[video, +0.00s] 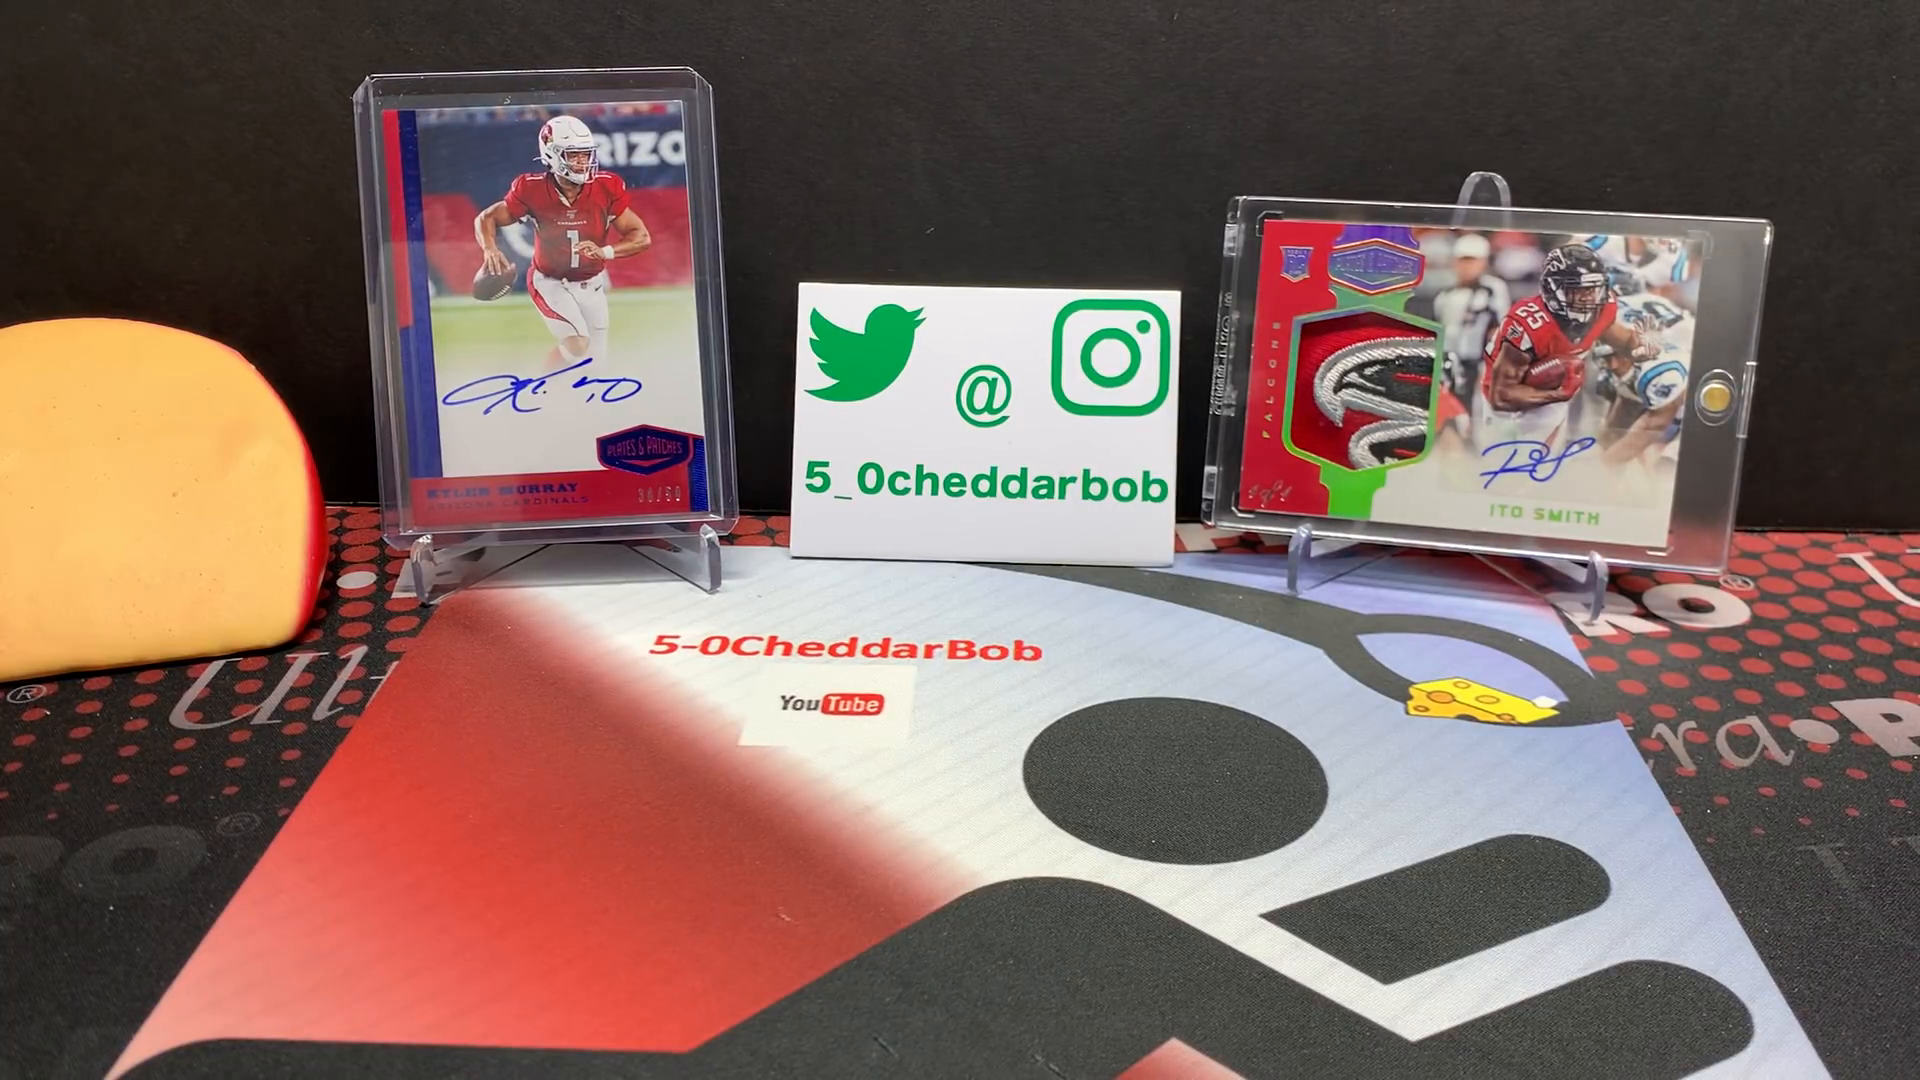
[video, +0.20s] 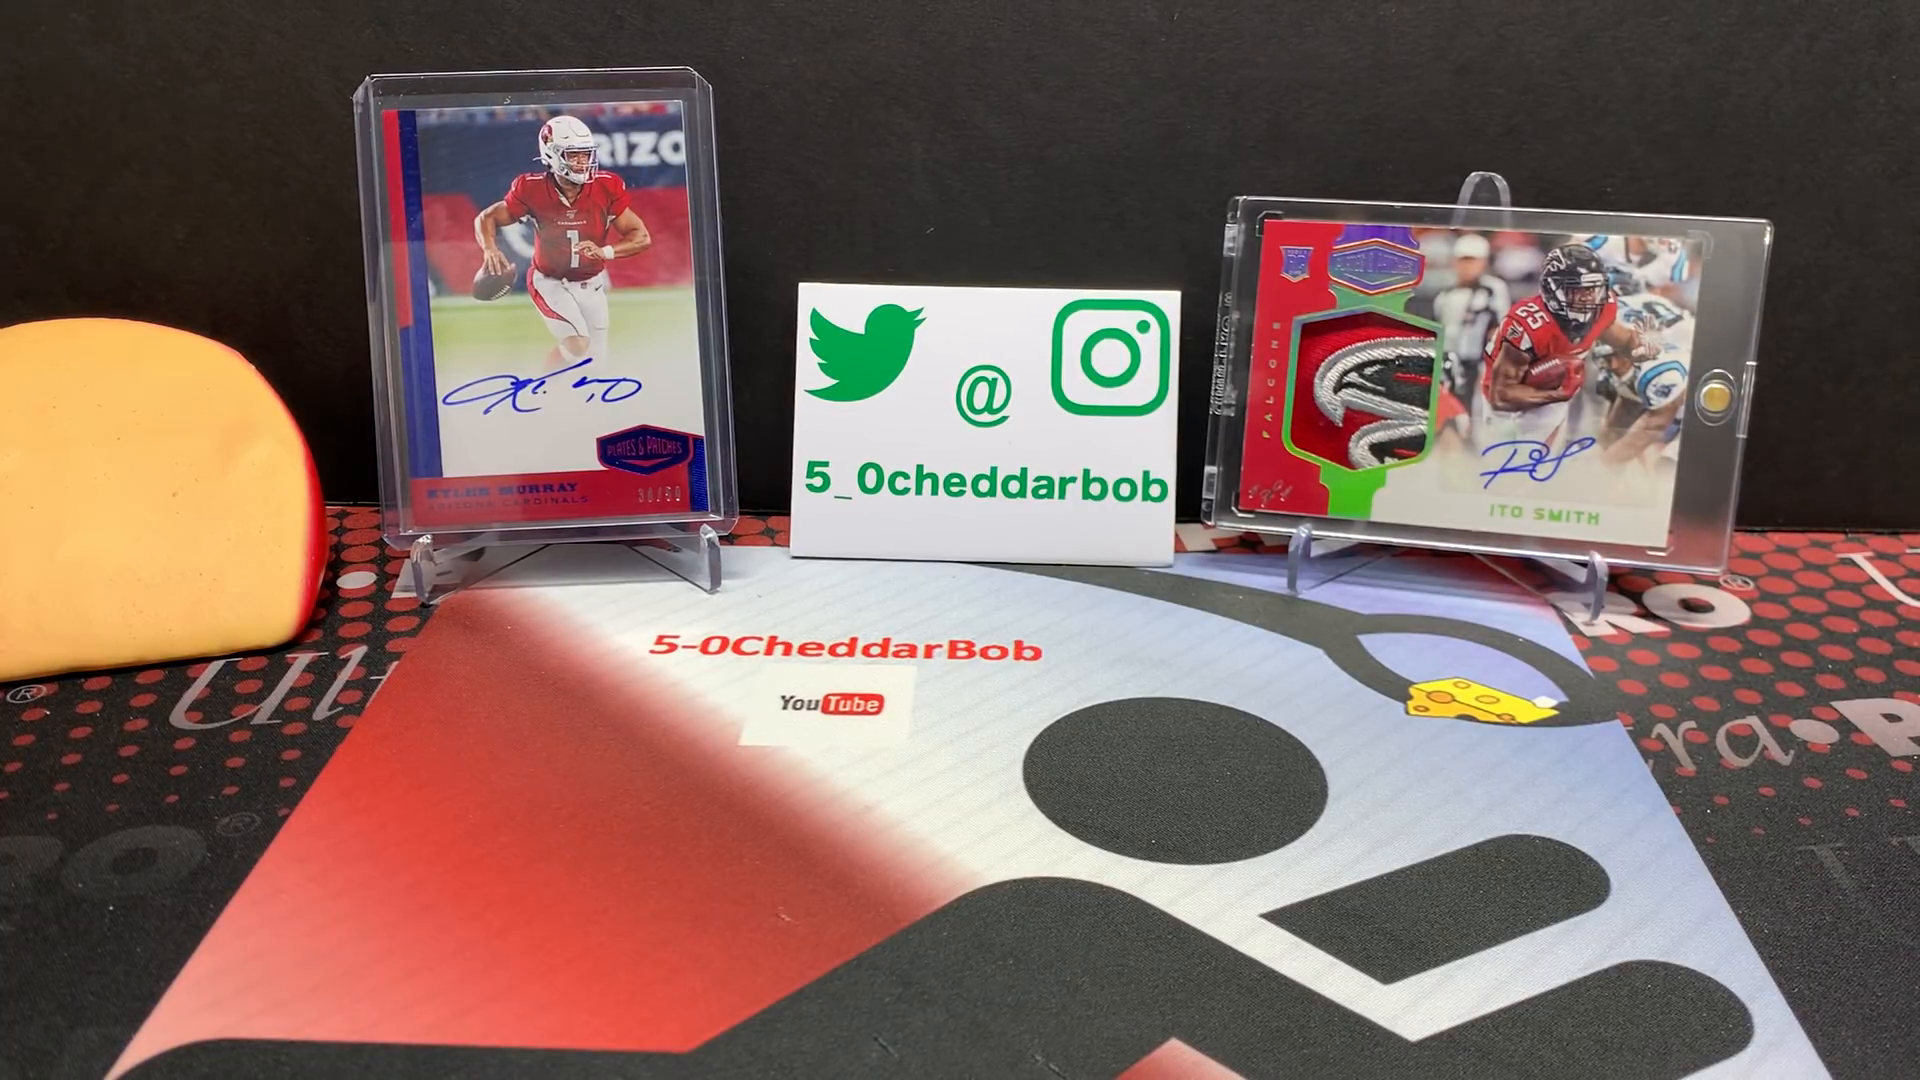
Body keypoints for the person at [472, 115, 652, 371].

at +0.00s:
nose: (580, 162)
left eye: (585, 155)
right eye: (572, 156)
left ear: (592, 154)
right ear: (552, 155)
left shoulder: (606, 187)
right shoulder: (530, 189)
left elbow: (642, 238)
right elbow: (484, 219)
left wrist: (606, 252)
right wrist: (490, 248)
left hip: (591, 283)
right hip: (549, 281)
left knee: (596, 362)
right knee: (577, 345)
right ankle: (534, 390)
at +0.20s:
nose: (580, 162)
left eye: (585, 155)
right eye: (572, 156)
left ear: (592, 154)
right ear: (552, 155)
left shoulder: (607, 187)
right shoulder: (530, 189)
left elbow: (642, 238)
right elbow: (484, 219)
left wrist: (606, 252)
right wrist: (490, 248)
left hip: (591, 283)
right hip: (549, 281)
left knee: (596, 363)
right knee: (577, 345)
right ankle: (534, 390)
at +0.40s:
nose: (580, 162)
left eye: (585, 155)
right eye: (572, 156)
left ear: (592, 154)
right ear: (552, 155)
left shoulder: (607, 187)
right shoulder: (530, 189)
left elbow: (642, 237)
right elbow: (484, 219)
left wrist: (606, 252)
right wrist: (490, 248)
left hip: (591, 283)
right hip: (549, 281)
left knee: (596, 363)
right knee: (577, 345)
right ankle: (534, 390)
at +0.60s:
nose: (580, 162)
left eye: (585, 155)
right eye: (573, 156)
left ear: (592, 154)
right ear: (552, 155)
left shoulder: (606, 187)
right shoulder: (530, 189)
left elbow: (642, 238)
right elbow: (484, 219)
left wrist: (606, 252)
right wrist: (490, 249)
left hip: (591, 283)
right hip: (549, 281)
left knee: (596, 363)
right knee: (577, 344)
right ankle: (534, 391)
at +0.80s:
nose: (580, 162)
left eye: (585, 155)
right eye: (573, 156)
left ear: (592, 154)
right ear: (552, 155)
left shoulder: (607, 187)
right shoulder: (530, 189)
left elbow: (642, 237)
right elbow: (484, 219)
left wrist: (606, 252)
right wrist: (490, 249)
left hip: (591, 283)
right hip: (549, 281)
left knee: (596, 363)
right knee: (577, 344)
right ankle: (534, 391)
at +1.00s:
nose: (580, 162)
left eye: (584, 155)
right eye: (573, 156)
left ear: (592, 154)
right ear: (552, 155)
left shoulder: (606, 187)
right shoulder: (530, 189)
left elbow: (642, 237)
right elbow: (484, 219)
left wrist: (606, 252)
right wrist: (490, 248)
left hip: (591, 283)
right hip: (549, 280)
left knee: (596, 363)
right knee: (577, 344)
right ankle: (535, 391)